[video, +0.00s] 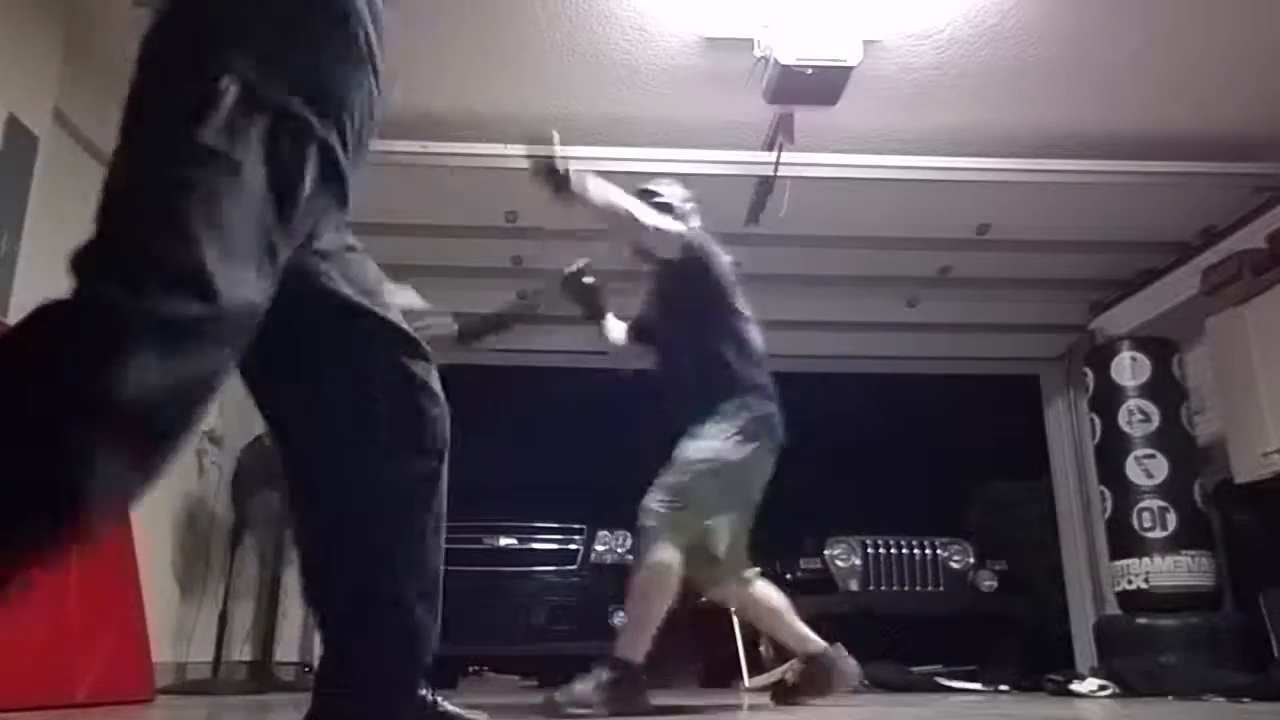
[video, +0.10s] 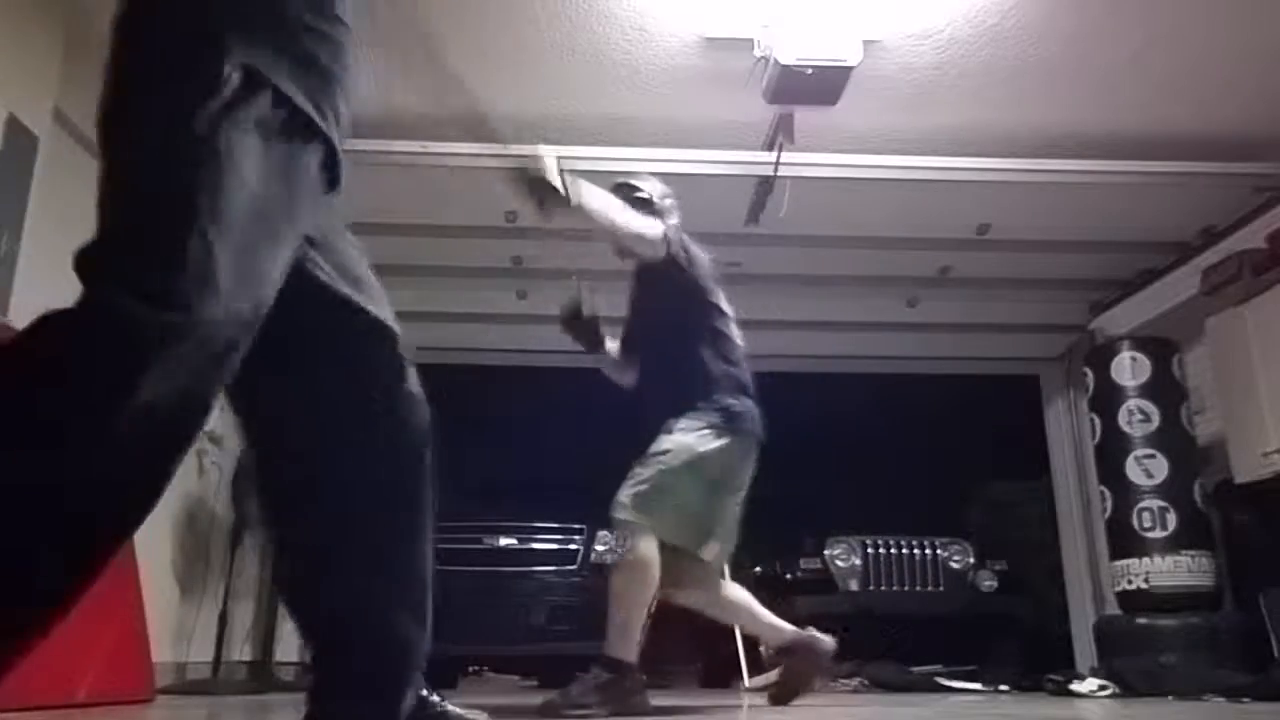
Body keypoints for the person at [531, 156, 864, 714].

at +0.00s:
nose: (644, 222)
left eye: (655, 213)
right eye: (641, 213)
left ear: (685, 219)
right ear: (646, 230)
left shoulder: (697, 254)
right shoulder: (665, 302)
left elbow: (637, 222)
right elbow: (626, 350)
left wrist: (574, 180)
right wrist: (596, 306)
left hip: (740, 415)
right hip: (715, 428)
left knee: (663, 520)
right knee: (717, 567)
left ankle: (623, 672)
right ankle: (821, 658)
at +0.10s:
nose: (620, 215)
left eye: (631, 206)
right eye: (617, 207)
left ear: (660, 213)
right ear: (623, 215)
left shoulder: (677, 250)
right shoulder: (647, 291)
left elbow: (626, 227)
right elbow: (631, 377)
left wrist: (563, 184)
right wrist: (593, 342)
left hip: (720, 413)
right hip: (706, 426)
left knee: (634, 514)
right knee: (681, 578)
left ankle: (618, 670)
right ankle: (797, 644)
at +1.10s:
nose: (707, 229)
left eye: (718, 219)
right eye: (697, 218)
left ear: (734, 226)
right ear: (680, 225)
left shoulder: (758, 269)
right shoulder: (658, 286)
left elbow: (809, 263)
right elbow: (643, 355)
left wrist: (749, 261)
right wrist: (682, 305)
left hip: (758, 437)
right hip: (682, 439)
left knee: (787, 548)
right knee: (656, 526)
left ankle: (801, 660)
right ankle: (689, 659)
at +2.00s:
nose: (668, 163)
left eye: (674, 146)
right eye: (651, 153)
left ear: (697, 144)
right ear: (639, 163)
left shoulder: (731, 198)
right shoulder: (649, 227)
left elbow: (765, 257)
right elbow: (577, 263)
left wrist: (758, 295)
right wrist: (573, 213)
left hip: (765, 364)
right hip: (708, 382)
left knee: (707, 491)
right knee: (662, 534)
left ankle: (723, 667)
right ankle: (799, 633)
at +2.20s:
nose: (698, 155)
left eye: (711, 140)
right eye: (692, 143)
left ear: (743, 146)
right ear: (687, 154)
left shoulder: (785, 198)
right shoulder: (693, 228)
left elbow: (840, 236)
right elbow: (611, 264)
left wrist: (813, 182)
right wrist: (619, 205)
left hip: (787, 368)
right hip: (728, 384)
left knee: (737, 507)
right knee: (705, 540)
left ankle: (726, 672)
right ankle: (818, 648)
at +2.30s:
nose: (726, 153)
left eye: (740, 139)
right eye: (717, 143)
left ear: (770, 146)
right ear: (708, 158)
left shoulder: (800, 199)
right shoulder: (715, 230)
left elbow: (845, 232)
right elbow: (644, 275)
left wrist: (825, 172)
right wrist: (641, 223)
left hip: (802, 371)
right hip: (741, 386)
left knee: (776, 511)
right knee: (737, 529)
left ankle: (767, 657)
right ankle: (817, 659)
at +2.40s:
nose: (749, 158)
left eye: (761, 145)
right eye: (740, 148)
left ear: (787, 151)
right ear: (729, 161)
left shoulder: (824, 199)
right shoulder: (733, 244)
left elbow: (851, 253)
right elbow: (688, 307)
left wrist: (814, 231)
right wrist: (659, 262)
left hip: (825, 379)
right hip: (761, 397)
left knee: (817, 503)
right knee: (752, 528)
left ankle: (839, 663)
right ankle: (822, 660)